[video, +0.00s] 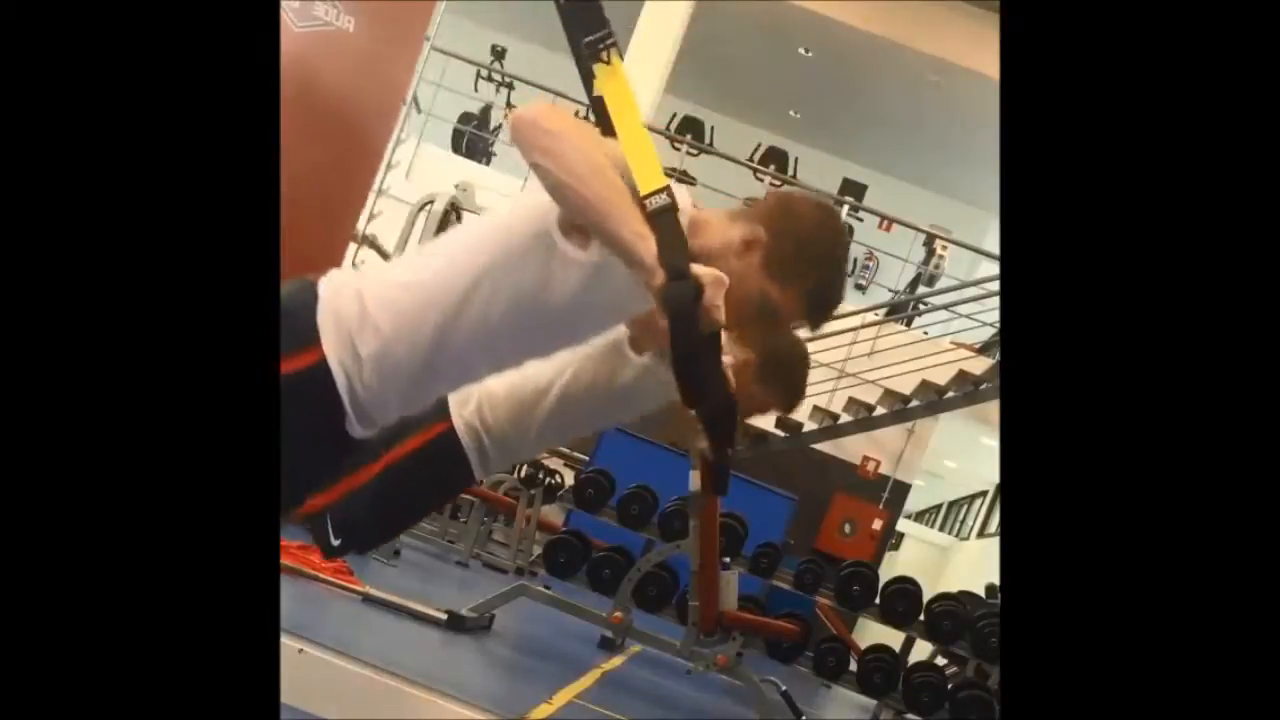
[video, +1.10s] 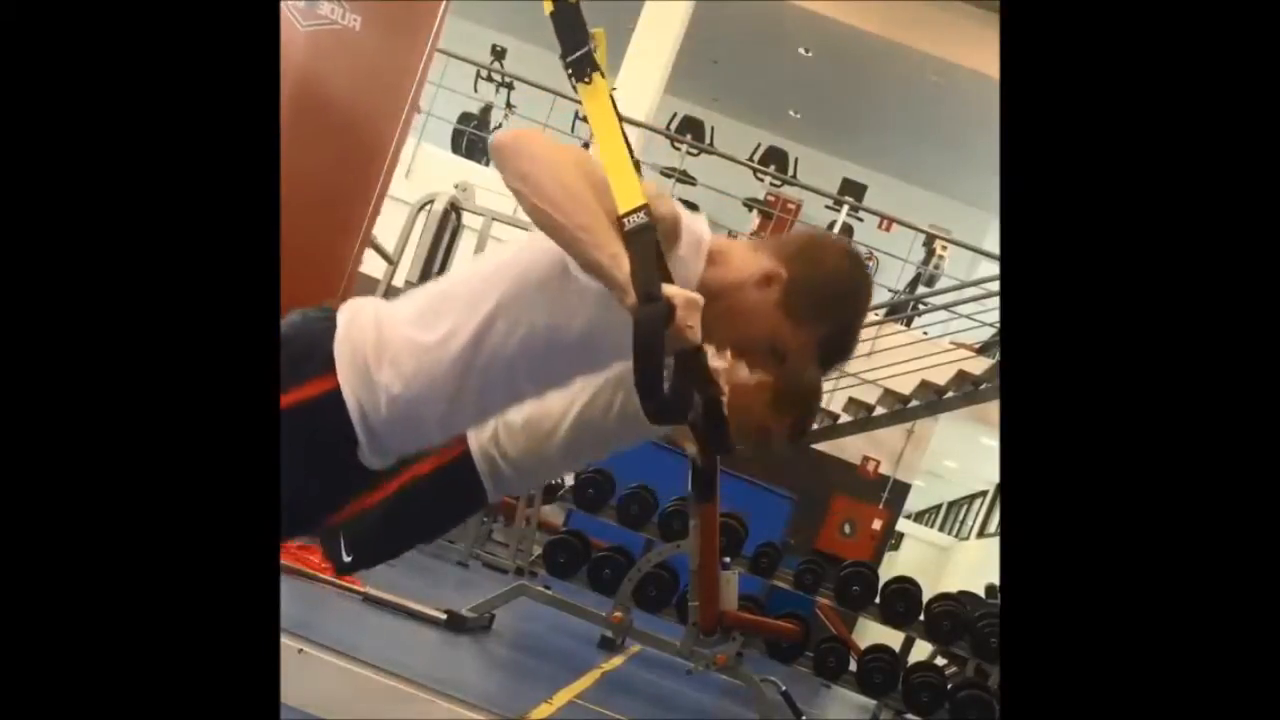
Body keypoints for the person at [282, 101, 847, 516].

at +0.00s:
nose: (735, 314)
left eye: (754, 317)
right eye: (754, 298)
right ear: (753, 239)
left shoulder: (663, 284)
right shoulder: (646, 197)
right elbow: (534, 123)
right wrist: (661, 266)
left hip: (360, 419)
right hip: (320, 355)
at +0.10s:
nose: (754, 374)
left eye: (775, 372)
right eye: (774, 358)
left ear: (761, 289)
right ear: (764, 292)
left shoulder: (679, 323)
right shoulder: (667, 238)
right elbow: (531, 129)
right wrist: (636, 257)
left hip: (372, 443)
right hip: (331, 385)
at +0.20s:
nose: (758, 408)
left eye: (778, 408)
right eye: (778, 394)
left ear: (776, 328)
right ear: (776, 333)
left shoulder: (690, 361)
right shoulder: (663, 256)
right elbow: (532, 137)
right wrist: (629, 266)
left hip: (371, 463)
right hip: (333, 408)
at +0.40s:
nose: (769, 493)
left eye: (791, 489)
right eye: (789, 472)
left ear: (780, 390)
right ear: (782, 397)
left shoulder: (703, 431)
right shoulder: (671, 311)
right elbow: (531, 177)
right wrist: (628, 298)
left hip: (371, 496)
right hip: (335, 441)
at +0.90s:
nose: (764, 486)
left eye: (788, 481)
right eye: (787, 462)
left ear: (781, 380)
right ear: (782, 387)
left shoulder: (705, 417)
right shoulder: (679, 315)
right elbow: (533, 174)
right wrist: (642, 292)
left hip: (369, 490)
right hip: (335, 443)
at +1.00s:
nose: (767, 418)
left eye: (789, 415)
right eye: (783, 398)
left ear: (779, 332)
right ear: (776, 330)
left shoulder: (699, 375)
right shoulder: (665, 269)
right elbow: (525, 154)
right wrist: (634, 280)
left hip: (368, 469)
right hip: (332, 419)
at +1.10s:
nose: (753, 362)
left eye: (771, 364)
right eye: (770, 348)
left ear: (770, 272)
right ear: (769, 277)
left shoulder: (686, 330)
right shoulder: (667, 231)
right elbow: (519, 147)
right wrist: (638, 285)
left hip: (370, 444)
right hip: (332, 387)